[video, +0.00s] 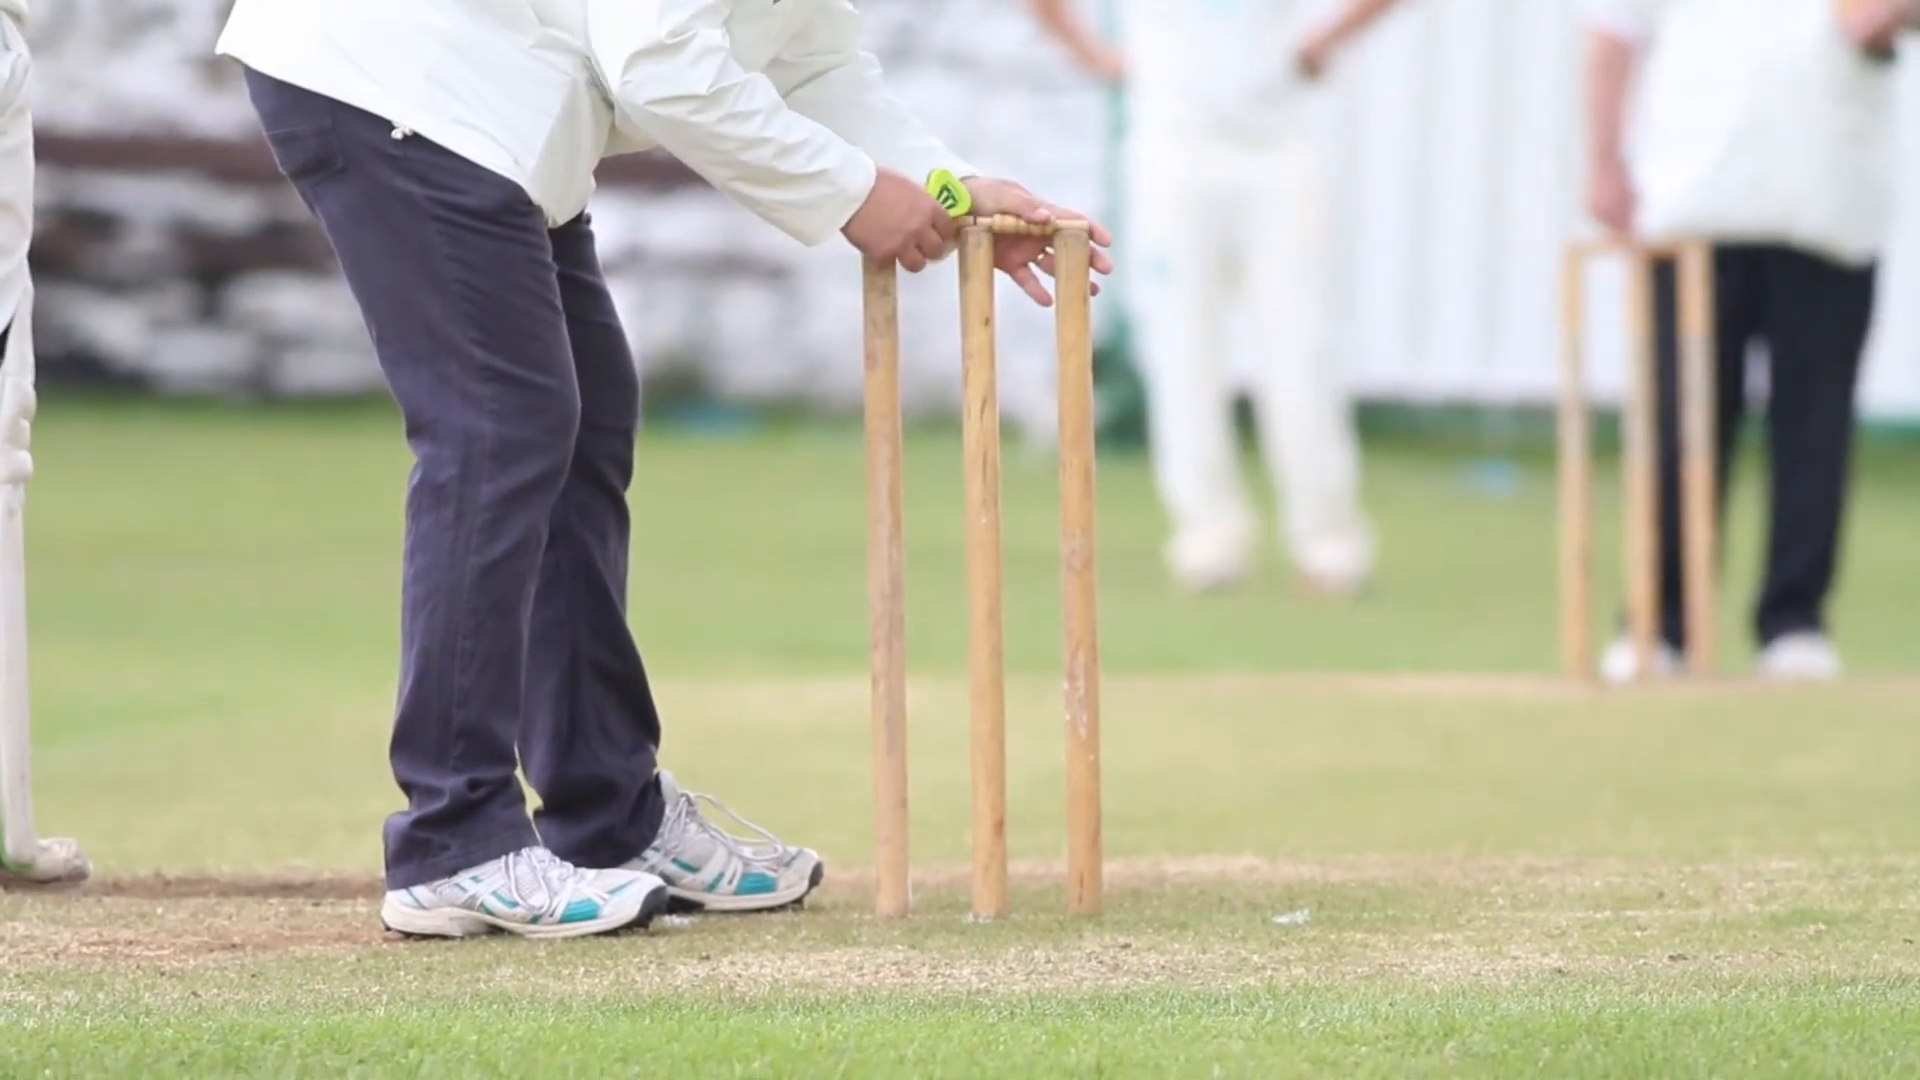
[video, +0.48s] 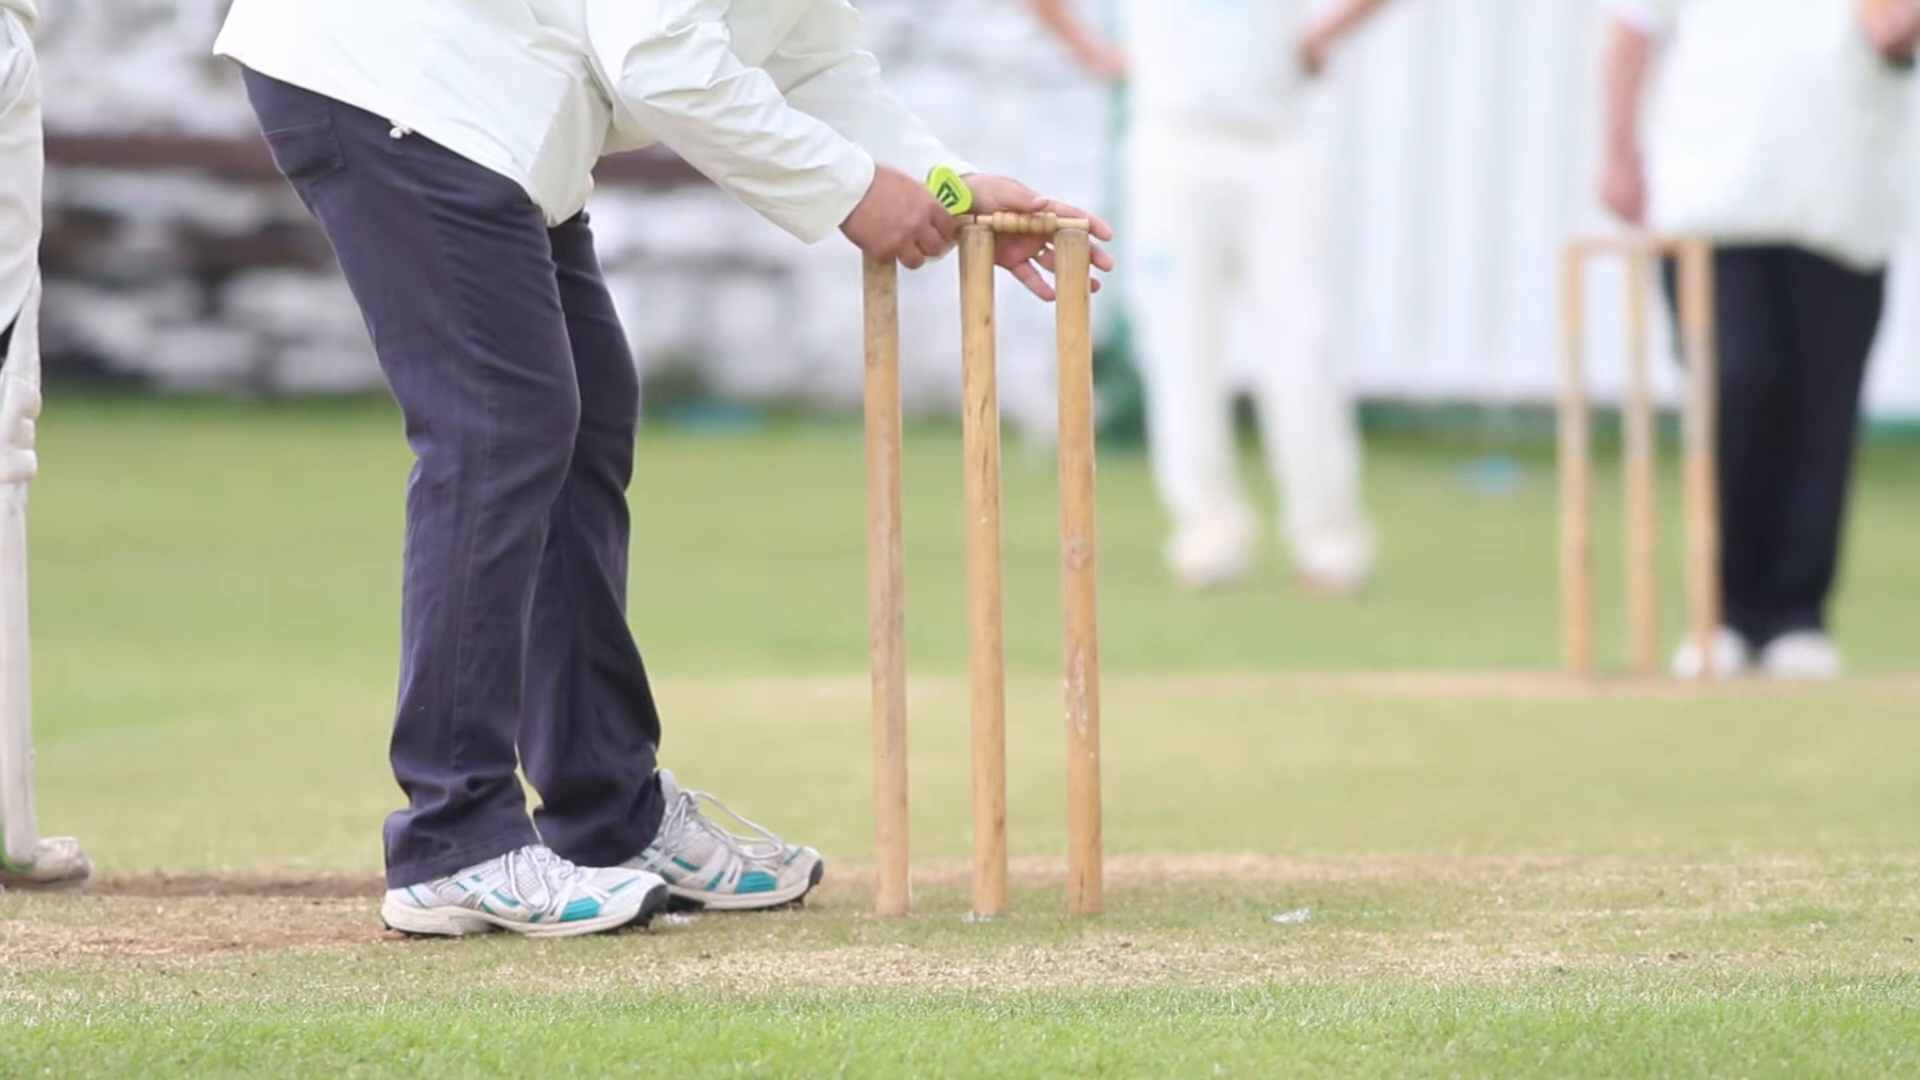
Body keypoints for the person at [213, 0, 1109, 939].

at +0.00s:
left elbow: (814, 67)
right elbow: (659, 61)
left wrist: (962, 193)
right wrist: (847, 191)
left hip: (491, 74)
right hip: (383, 53)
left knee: (588, 411)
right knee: (506, 421)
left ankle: (608, 818)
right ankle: (452, 849)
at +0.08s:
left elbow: (815, 71)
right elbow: (659, 60)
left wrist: (961, 193)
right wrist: (850, 190)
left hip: (490, 76)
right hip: (384, 54)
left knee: (588, 413)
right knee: (507, 422)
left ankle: (608, 818)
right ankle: (453, 849)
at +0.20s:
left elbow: (815, 66)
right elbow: (657, 54)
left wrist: (958, 192)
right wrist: (846, 189)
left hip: (489, 73)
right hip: (383, 52)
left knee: (588, 411)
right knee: (506, 420)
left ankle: (608, 818)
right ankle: (452, 849)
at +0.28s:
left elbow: (815, 65)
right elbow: (657, 54)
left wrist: (957, 192)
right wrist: (845, 188)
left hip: (488, 73)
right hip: (383, 52)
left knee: (588, 411)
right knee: (506, 421)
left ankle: (608, 818)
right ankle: (452, 849)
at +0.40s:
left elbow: (814, 60)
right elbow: (656, 52)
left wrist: (954, 189)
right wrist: (846, 189)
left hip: (487, 75)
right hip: (383, 53)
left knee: (588, 414)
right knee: (505, 422)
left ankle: (607, 817)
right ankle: (453, 849)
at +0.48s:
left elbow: (816, 66)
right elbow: (655, 53)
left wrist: (958, 190)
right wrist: (845, 187)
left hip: (488, 74)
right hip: (382, 52)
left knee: (588, 409)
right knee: (505, 420)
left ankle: (607, 816)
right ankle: (453, 848)